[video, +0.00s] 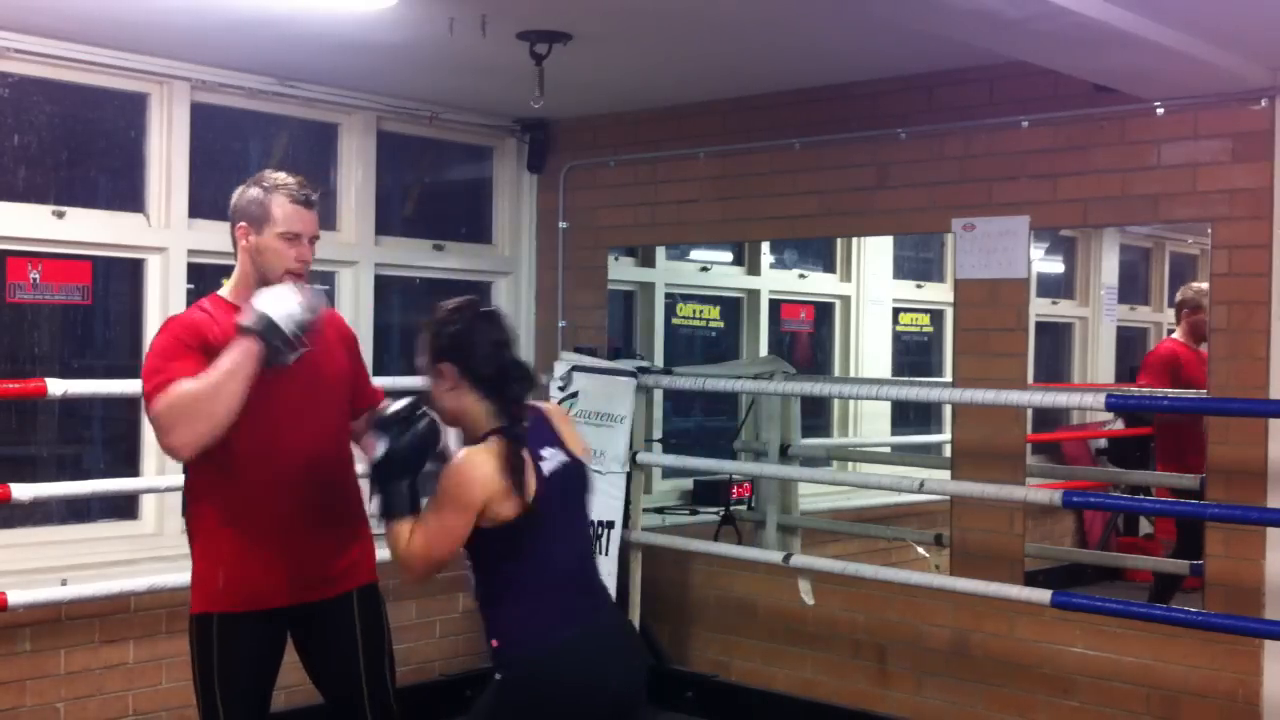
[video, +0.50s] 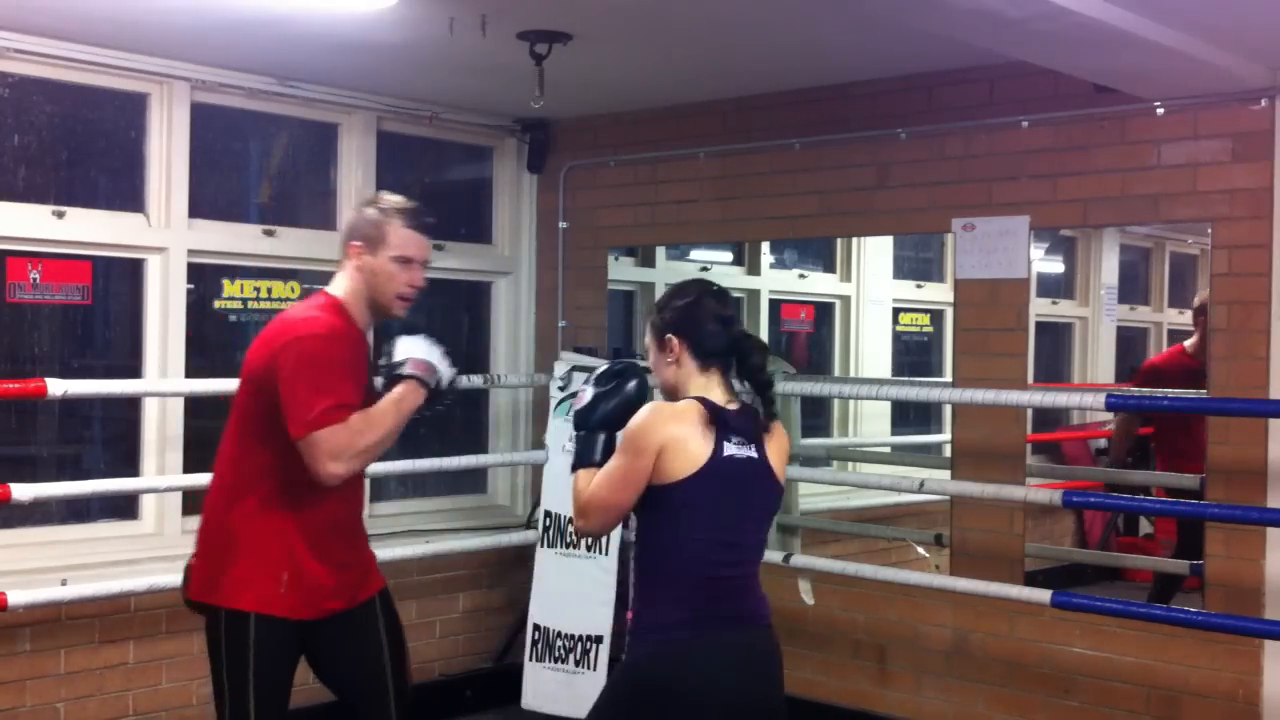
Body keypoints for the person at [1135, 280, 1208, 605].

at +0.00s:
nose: (1213, 320)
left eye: (1213, 313)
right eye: (1208, 313)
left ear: (1194, 315)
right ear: (1188, 313)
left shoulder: (1204, 357)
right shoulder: (1164, 355)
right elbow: (1145, 406)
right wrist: (1196, 410)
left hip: (1205, 463)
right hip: (1179, 466)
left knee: (1199, 541)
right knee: (1188, 543)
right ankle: (1156, 607)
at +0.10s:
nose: (1213, 321)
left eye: (1213, 314)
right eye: (1208, 314)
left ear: (1197, 316)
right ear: (1188, 315)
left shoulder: (1207, 359)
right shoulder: (1161, 358)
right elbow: (1131, 408)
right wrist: (1175, 446)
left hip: (1210, 467)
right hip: (1180, 468)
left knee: (1207, 545)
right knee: (1188, 547)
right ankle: (1154, 613)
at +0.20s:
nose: (1212, 322)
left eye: (1212, 315)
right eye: (1206, 315)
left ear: (1210, 317)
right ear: (1187, 316)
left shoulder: (1214, 358)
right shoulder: (1158, 360)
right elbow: (1115, 405)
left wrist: (1214, 382)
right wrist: (1146, 459)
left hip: (1216, 470)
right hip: (1179, 472)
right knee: (1189, 548)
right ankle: (1154, 614)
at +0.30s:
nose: (1209, 323)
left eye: (1212, 316)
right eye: (1203, 316)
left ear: (1215, 317)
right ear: (1186, 316)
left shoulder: (1222, 360)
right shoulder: (1154, 362)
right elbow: (1117, 409)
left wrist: (1215, 382)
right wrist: (1126, 468)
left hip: (1220, 473)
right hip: (1177, 474)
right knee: (1189, 549)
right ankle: (1153, 614)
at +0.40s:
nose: (1205, 320)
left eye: (1210, 313)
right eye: (1198, 313)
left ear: (1218, 317)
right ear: (1186, 316)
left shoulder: (1225, 362)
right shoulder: (1156, 364)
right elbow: (1121, 417)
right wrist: (1120, 471)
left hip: (1222, 474)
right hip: (1180, 475)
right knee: (1189, 549)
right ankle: (1153, 614)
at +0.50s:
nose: (1220, 326)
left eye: (1222, 319)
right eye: (1215, 319)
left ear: (1210, 319)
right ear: (1200, 319)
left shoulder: (1228, 364)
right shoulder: (1163, 367)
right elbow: (1126, 420)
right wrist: (1116, 469)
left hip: (1225, 474)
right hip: (1184, 476)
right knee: (1188, 548)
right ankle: (1153, 613)